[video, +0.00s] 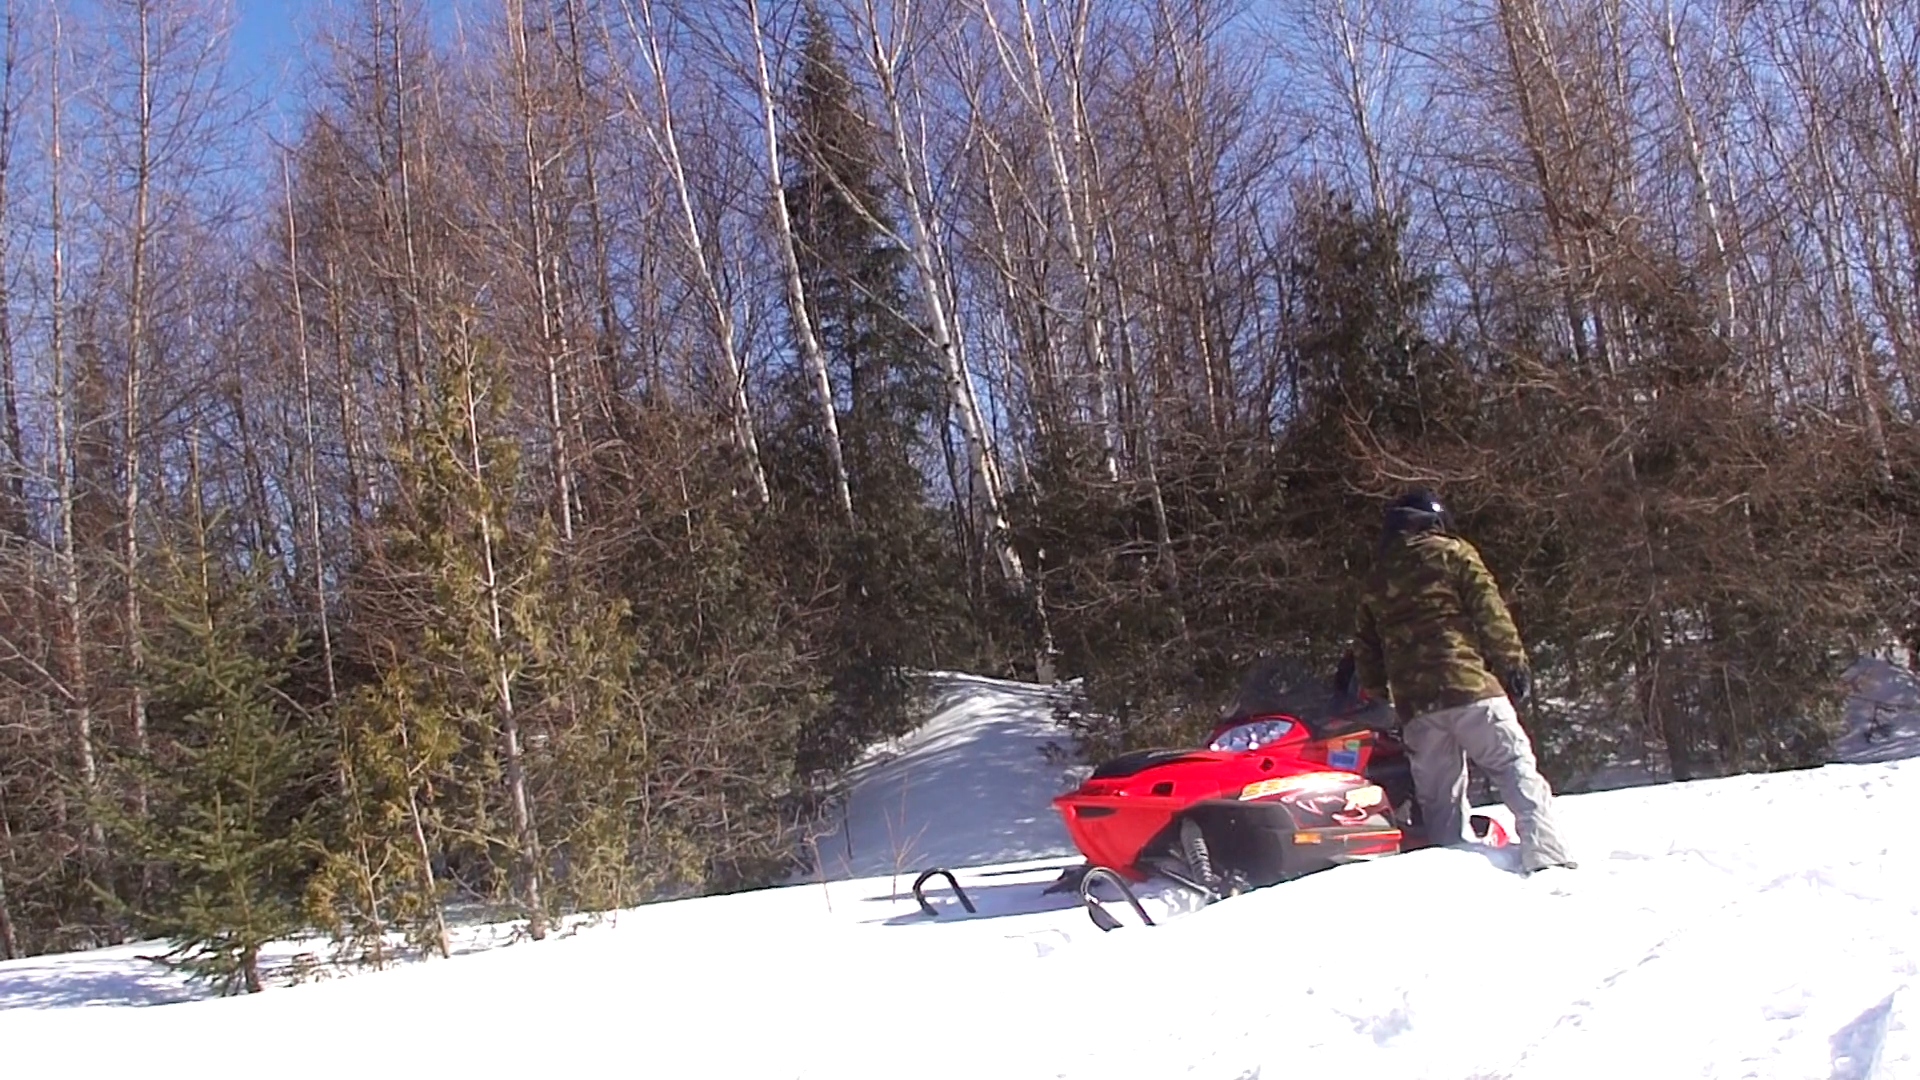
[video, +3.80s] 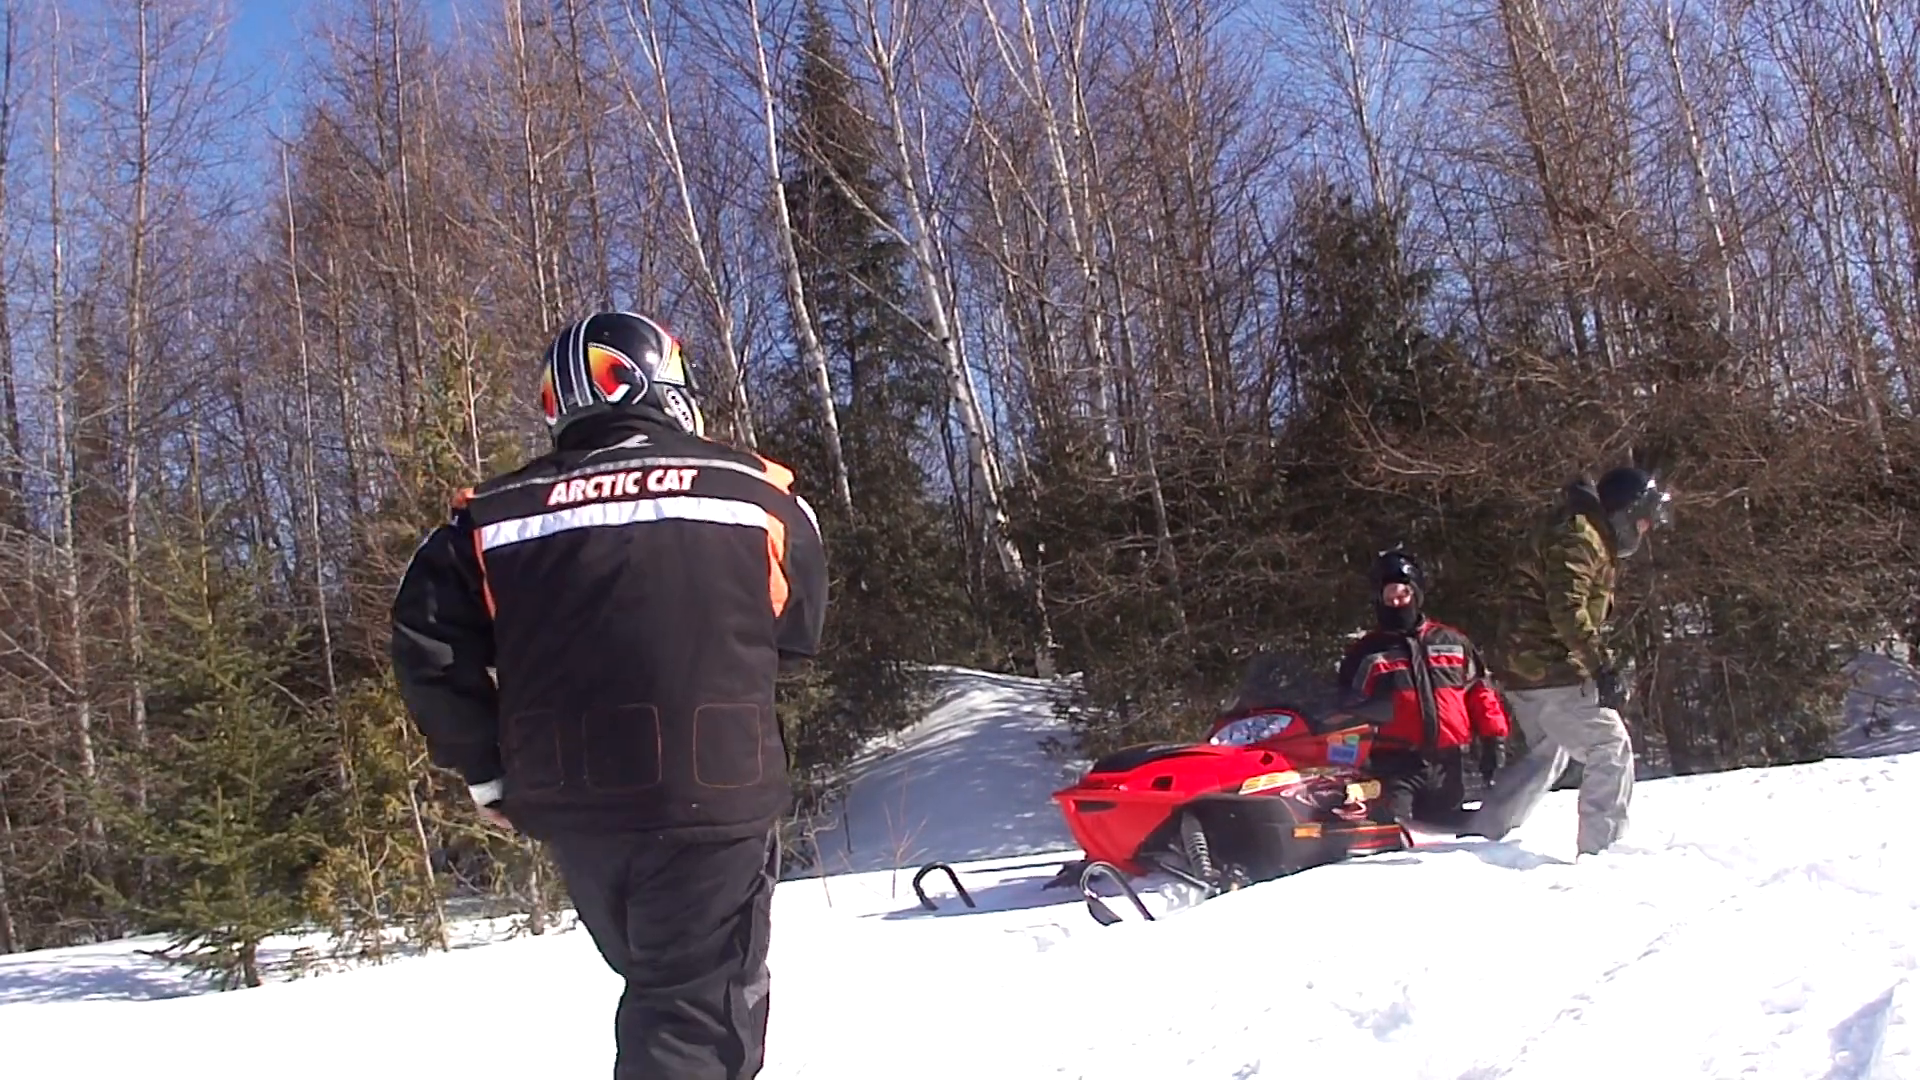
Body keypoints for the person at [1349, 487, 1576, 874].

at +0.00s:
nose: (1447, 525)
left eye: (1443, 521)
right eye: (1443, 520)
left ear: (1394, 524)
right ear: (1435, 519)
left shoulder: (1376, 575)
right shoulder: (1452, 551)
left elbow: (1367, 645)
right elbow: (1487, 607)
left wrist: (1377, 690)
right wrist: (1512, 661)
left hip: (1414, 700)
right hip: (1469, 687)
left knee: (1439, 800)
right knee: (1513, 765)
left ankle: (1449, 878)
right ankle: (1544, 853)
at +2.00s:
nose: (1437, 513)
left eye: (1434, 506)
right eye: (1432, 507)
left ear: (1389, 514)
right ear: (1422, 509)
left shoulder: (1368, 567)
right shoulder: (1445, 544)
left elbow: (1363, 641)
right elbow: (1482, 603)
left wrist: (1381, 681)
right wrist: (1512, 651)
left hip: (1412, 698)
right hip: (1468, 683)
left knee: (1440, 798)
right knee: (1516, 761)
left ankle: (1450, 877)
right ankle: (1547, 854)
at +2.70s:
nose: (1477, 556)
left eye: (1481, 552)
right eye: (1478, 548)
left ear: (1438, 523)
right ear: (1468, 531)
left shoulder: (1388, 560)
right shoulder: (1450, 545)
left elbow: (1377, 630)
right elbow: (1472, 610)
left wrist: (1393, 684)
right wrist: (1505, 658)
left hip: (1408, 696)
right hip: (1454, 682)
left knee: (1440, 799)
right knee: (1512, 759)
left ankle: (1449, 873)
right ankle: (1547, 854)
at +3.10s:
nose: (1514, 563)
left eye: (1521, 557)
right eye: (1519, 552)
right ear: (1507, 532)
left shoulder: (1429, 548)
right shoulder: (1470, 540)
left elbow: (1416, 618)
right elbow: (1474, 602)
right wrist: (1503, 656)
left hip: (1422, 687)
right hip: (1462, 677)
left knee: (1453, 787)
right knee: (1533, 748)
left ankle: (1459, 867)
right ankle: (1562, 848)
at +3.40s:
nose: (1569, 554)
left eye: (1574, 547)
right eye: (1571, 543)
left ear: (1545, 525)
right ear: (1554, 528)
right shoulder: (1513, 543)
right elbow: (1507, 612)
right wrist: (1528, 677)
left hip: (1461, 681)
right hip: (1494, 678)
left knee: (1474, 776)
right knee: (1561, 750)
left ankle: (1467, 858)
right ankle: (1593, 847)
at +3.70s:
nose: (1635, 543)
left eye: (1640, 535)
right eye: (1635, 532)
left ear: (1608, 520)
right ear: (1615, 522)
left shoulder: (1547, 538)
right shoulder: (1572, 546)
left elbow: (1511, 609)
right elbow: (1560, 616)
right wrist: (1590, 678)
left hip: (1508, 675)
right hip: (1539, 674)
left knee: (1513, 770)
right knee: (1608, 745)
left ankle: (1482, 854)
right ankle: (1599, 854)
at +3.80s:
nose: (1647, 529)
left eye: (1651, 520)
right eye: (1645, 517)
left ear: (1615, 509)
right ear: (1623, 510)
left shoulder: (1582, 534)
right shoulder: (1580, 537)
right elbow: (1567, 609)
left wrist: (1601, 661)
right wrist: (1602, 669)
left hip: (1519, 665)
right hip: (1544, 665)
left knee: (1546, 751)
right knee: (1608, 744)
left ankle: (1483, 836)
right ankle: (1599, 853)